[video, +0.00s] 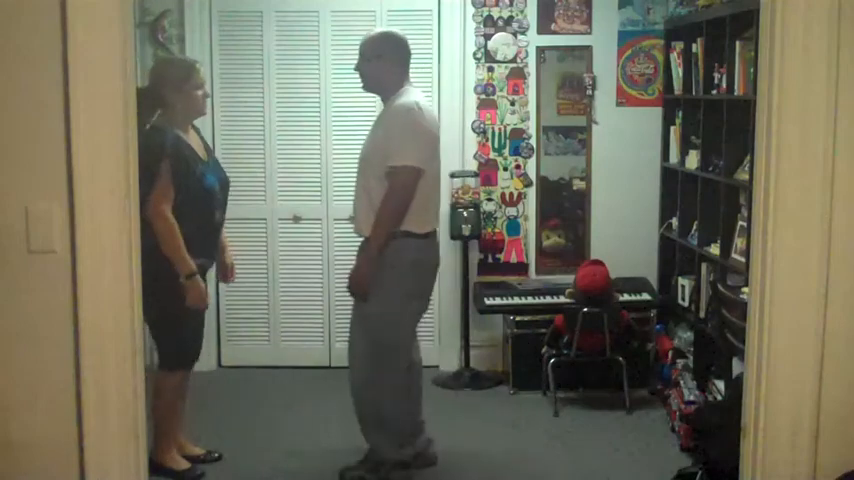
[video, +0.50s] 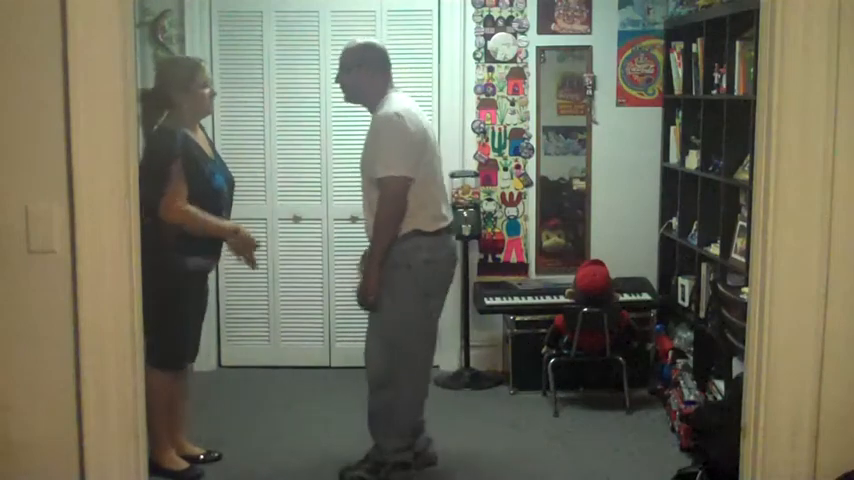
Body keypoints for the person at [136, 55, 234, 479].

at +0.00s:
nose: (205, 92)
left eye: (203, 86)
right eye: (197, 88)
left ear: (188, 94)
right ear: (172, 94)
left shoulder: (192, 134)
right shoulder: (158, 139)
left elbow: (202, 200)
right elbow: (157, 211)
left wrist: (222, 248)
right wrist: (188, 273)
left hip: (194, 263)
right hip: (167, 266)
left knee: (184, 358)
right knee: (174, 360)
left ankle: (176, 440)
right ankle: (163, 450)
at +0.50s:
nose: (211, 91)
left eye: (210, 85)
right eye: (203, 87)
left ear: (196, 94)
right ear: (179, 94)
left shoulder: (197, 133)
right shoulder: (169, 139)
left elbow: (199, 200)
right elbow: (171, 209)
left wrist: (232, 235)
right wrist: (229, 231)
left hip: (193, 264)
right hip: (169, 266)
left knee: (181, 358)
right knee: (164, 360)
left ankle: (178, 439)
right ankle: (162, 449)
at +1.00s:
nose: (245, 92)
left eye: (242, 85)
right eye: (237, 87)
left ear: (218, 96)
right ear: (216, 97)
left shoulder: (225, 138)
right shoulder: (208, 143)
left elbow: (238, 188)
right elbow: (219, 211)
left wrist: (273, 195)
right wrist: (272, 221)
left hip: (208, 260)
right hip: (195, 263)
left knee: (191, 354)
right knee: (240, 352)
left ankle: (174, 445)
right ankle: (276, 449)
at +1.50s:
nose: (306, 98)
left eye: (303, 92)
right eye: (298, 93)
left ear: (289, 103)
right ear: (273, 104)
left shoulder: (315, 144)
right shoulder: (260, 154)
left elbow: (354, 156)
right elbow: (247, 217)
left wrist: (395, 144)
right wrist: (302, 223)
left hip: (309, 265)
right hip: (263, 268)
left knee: (343, 349)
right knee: (291, 362)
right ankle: (289, 454)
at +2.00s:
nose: (269, 98)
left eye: (277, 92)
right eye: (271, 91)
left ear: (301, 100)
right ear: (286, 101)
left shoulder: (321, 145)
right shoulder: (273, 146)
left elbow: (324, 193)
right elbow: (266, 198)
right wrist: (234, 219)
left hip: (333, 263)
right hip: (296, 266)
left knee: (329, 364)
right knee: (289, 354)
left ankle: (378, 427)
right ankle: (323, 449)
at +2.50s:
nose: (270, 96)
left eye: (266, 89)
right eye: (262, 91)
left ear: (226, 100)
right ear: (243, 101)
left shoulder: (205, 144)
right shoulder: (266, 148)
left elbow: (184, 192)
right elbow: (282, 205)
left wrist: (225, 208)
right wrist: (306, 215)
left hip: (209, 259)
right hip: (256, 262)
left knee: (221, 348)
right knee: (273, 357)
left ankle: (190, 436)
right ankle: (274, 455)